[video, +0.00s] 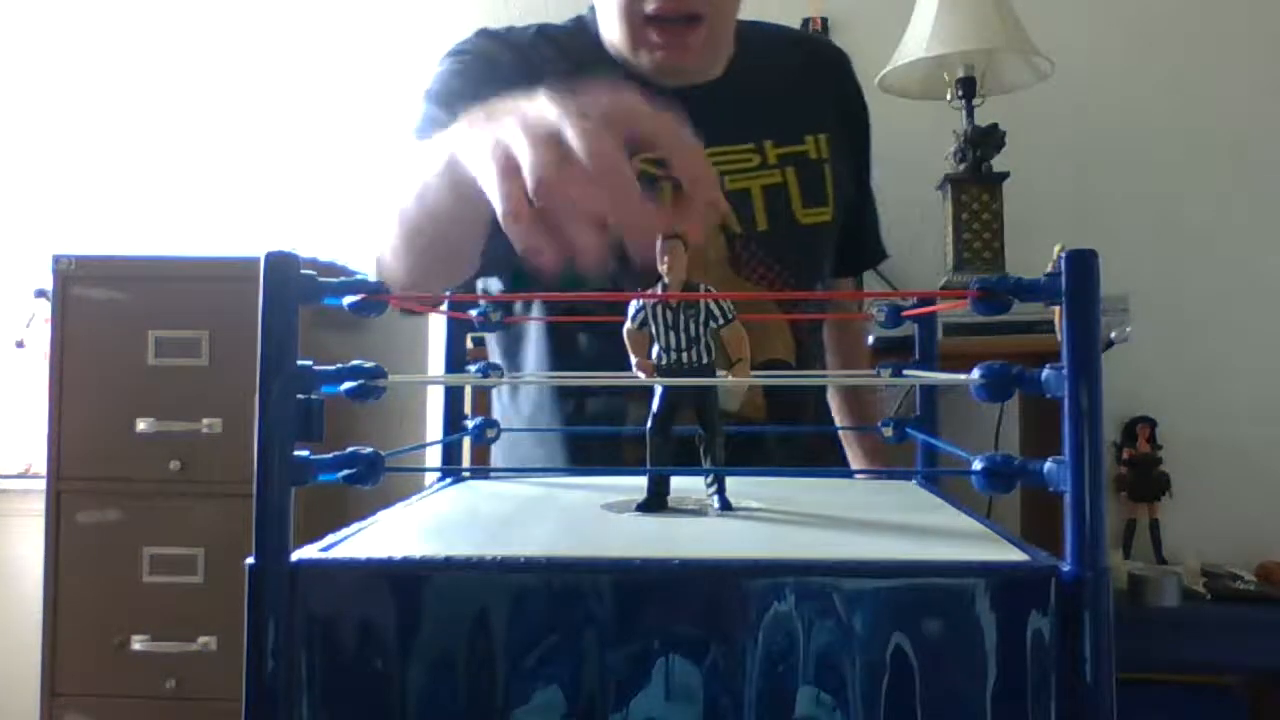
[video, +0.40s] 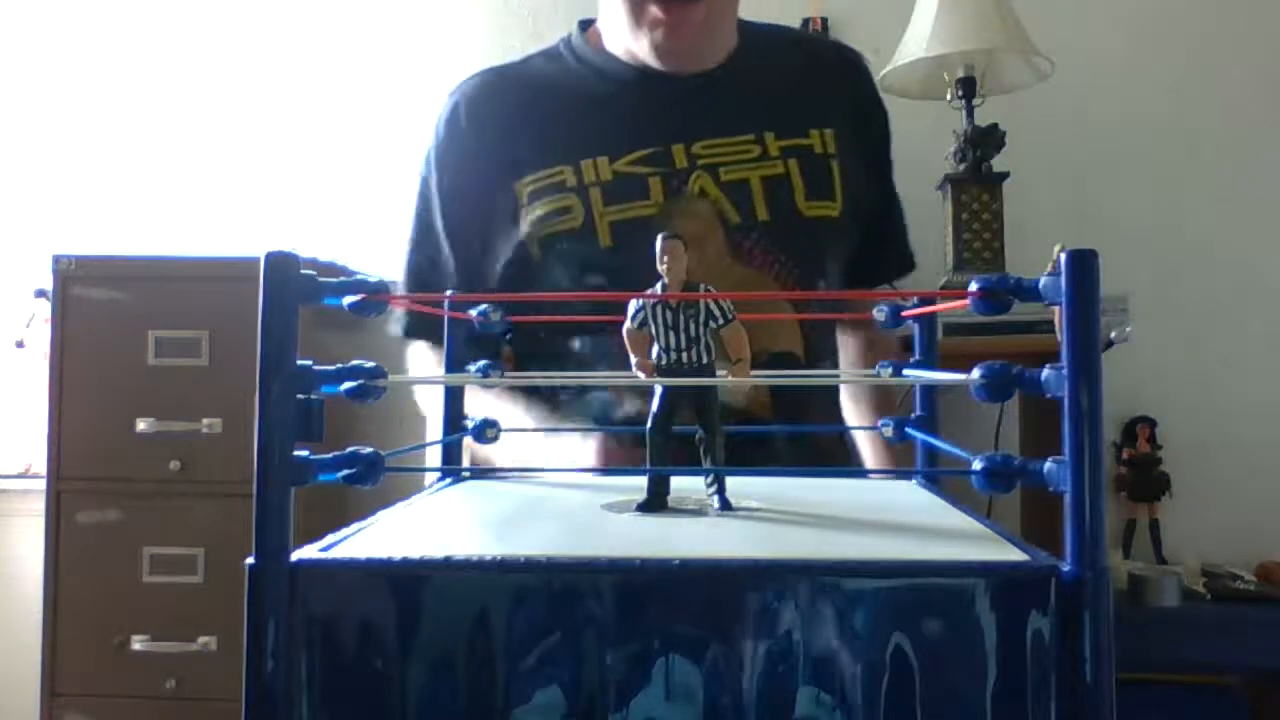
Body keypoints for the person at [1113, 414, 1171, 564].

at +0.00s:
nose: (1146, 432)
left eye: (1148, 428)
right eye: (1143, 428)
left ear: (1151, 431)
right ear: (1137, 430)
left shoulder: (1153, 446)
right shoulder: (1129, 446)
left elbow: (1158, 463)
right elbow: (1125, 463)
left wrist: (1136, 458)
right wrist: (1148, 460)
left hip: (1152, 483)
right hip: (1134, 483)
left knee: (1154, 517)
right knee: (1132, 517)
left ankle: (1159, 556)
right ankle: (1126, 555)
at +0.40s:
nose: (1146, 432)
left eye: (1148, 428)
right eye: (1143, 428)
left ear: (1151, 431)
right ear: (1136, 430)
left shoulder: (1153, 446)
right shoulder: (1129, 446)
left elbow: (1157, 463)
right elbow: (1124, 463)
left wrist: (1136, 459)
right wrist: (1149, 460)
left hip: (1152, 483)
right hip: (1133, 483)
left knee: (1154, 518)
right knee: (1132, 517)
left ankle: (1159, 556)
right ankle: (1126, 555)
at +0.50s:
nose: (1144, 431)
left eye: (1147, 428)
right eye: (1142, 428)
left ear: (1150, 431)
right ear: (1136, 430)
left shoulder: (1153, 448)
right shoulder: (1129, 447)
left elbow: (1158, 465)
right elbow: (1124, 466)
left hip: (1152, 484)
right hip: (1133, 483)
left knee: (1154, 517)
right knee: (1133, 516)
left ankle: (1159, 556)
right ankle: (1126, 555)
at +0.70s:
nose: (1144, 431)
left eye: (1147, 428)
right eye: (1142, 428)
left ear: (1150, 431)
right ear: (1136, 430)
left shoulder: (1154, 448)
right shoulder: (1129, 447)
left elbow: (1158, 465)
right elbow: (1124, 466)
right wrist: (1122, 487)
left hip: (1152, 484)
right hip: (1133, 483)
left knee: (1154, 518)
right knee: (1133, 516)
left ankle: (1159, 556)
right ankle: (1126, 555)